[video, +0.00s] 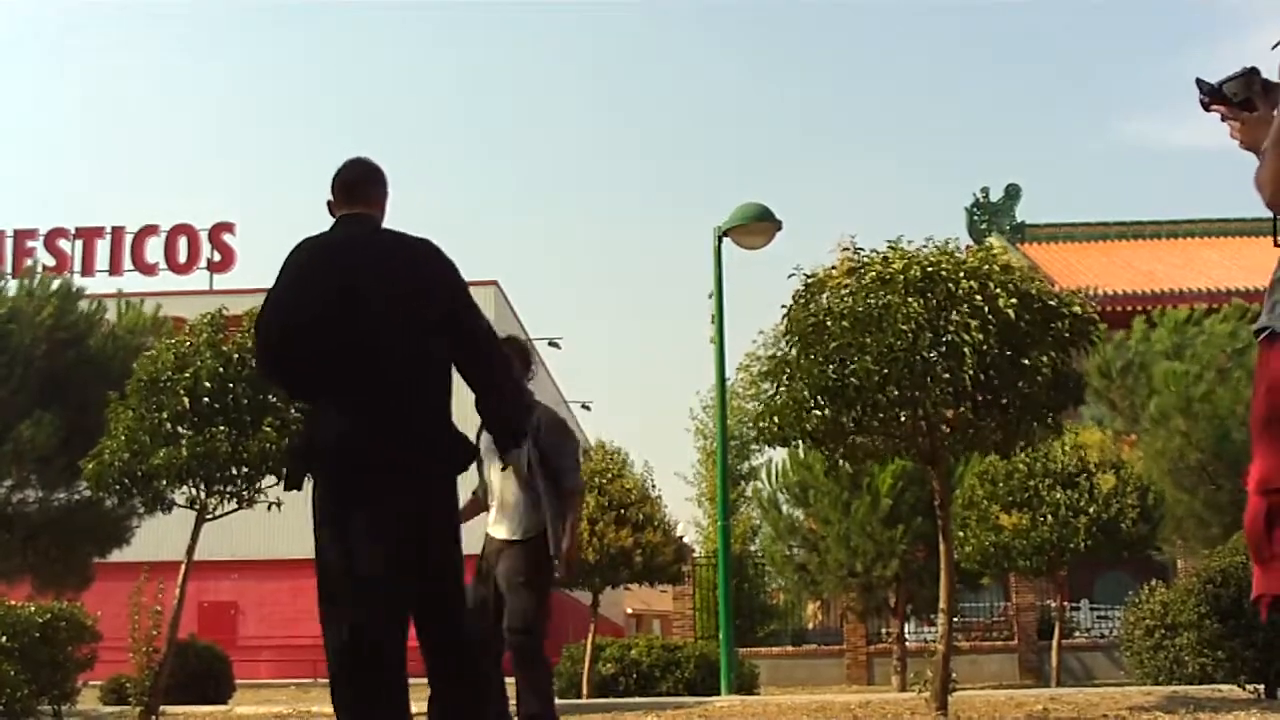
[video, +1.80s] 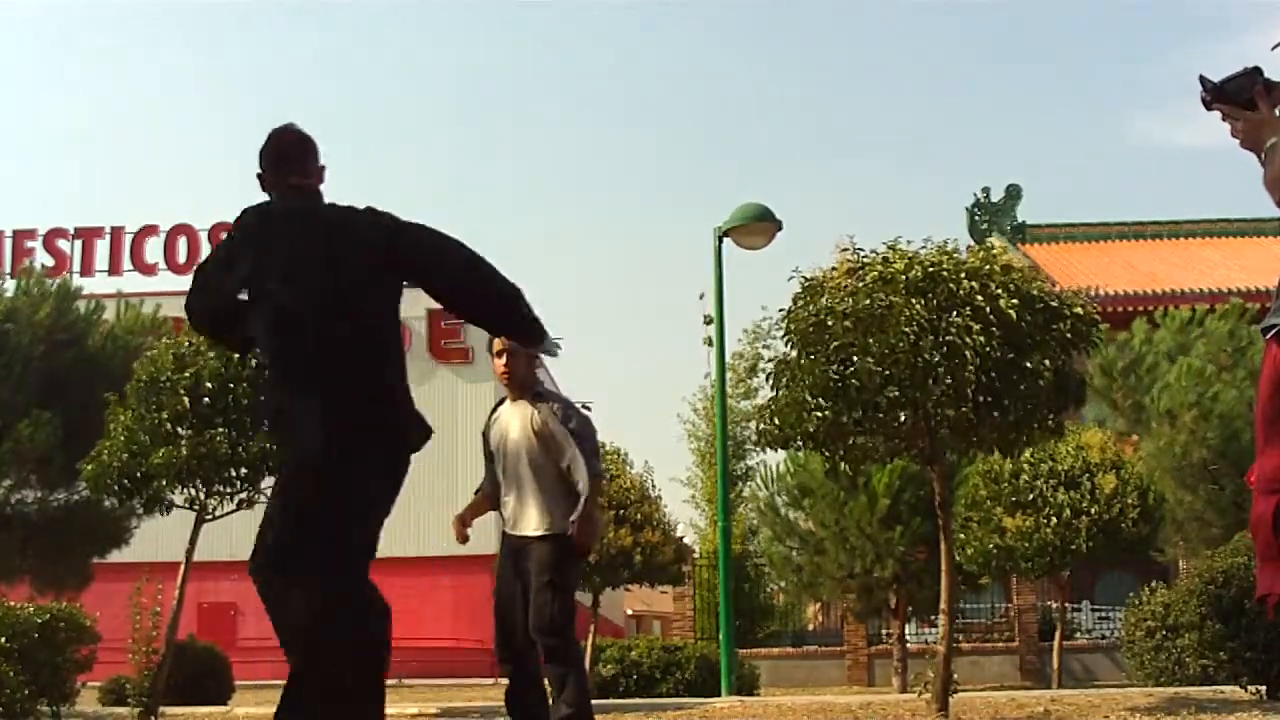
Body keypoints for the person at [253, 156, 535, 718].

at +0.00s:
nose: (345, 212)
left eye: (336, 203)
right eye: (371, 200)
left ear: (331, 203)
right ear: (385, 202)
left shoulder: (306, 258)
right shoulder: (425, 258)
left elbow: (273, 353)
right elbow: (481, 355)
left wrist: (324, 394)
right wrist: (508, 425)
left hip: (344, 465)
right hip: (425, 459)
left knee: (358, 629)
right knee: (447, 625)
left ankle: (370, 715)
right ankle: (468, 715)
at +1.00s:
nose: (426, 213)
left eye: (428, 202)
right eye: (425, 201)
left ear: (377, 187)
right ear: (407, 190)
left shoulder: (330, 250)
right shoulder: (392, 237)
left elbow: (305, 353)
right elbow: (402, 340)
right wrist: (449, 401)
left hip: (324, 448)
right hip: (380, 449)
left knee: (340, 597)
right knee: (396, 596)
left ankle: (314, 710)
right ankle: (417, 710)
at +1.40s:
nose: (414, 190)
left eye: (405, 181)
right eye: (417, 181)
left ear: (362, 177)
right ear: (415, 178)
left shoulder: (318, 238)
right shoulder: (426, 229)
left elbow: (313, 330)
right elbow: (481, 326)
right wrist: (540, 393)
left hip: (323, 437)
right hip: (413, 439)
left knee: (296, 581)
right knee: (441, 588)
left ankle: (277, 705)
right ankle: (443, 709)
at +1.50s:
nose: (389, 187)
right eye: (392, 179)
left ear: (337, 179)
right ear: (392, 178)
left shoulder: (296, 236)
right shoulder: (413, 233)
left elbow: (286, 334)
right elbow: (486, 316)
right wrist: (558, 377)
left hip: (307, 452)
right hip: (403, 451)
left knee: (290, 607)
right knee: (441, 609)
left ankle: (298, 716)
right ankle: (447, 713)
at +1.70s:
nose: (322, 176)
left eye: (297, 170)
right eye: (332, 165)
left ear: (283, 173)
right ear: (341, 167)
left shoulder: (261, 221)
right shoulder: (384, 224)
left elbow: (226, 308)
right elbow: (473, 283)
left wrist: (290, 335)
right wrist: (557, 338)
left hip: (289, 441)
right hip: (375, 435)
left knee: (295, 596)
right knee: (394, 573)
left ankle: (293, 707)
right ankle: (426, 652)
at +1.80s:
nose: (283, 186)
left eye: (269, 179)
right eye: (303, 170)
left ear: (263, 179)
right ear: (320, 173)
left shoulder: (256, 229)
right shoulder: (372, 227)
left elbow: (204, 305)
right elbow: (459, 269)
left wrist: (258, 327)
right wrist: (524, 327)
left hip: (315, 434)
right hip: (387, 429)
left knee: (276, 561)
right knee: (343, 570)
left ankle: (327, 699)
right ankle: (355, 705)